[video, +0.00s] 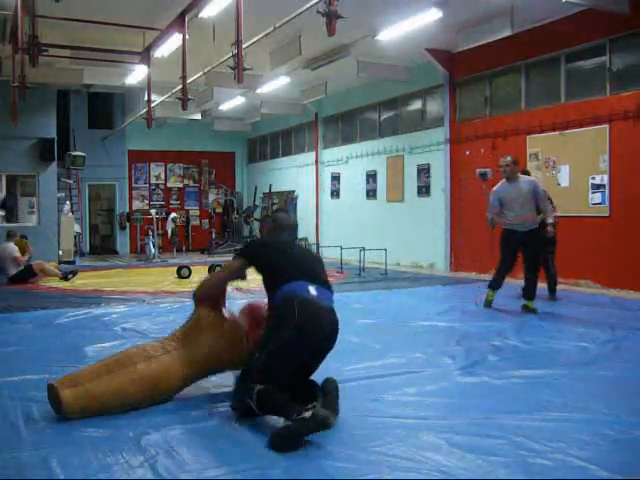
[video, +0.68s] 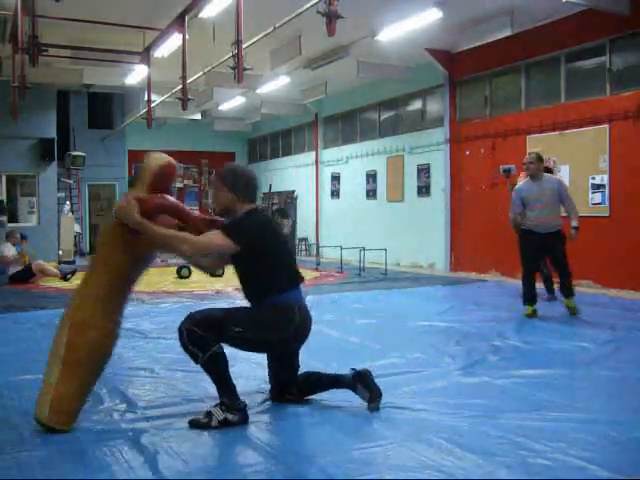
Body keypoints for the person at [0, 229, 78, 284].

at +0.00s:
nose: (18, 239)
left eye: (18, 237)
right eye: (18, 237)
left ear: (8, 237)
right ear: (15, 237)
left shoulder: (5, 246)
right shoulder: (11, 246)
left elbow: (19, 261)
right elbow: (21, 261)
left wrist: (27, 254)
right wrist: (28, 253)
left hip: (12, 276)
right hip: (14, 276)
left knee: (41, 267)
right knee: (39, 265)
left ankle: (63, 274)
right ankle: (62, 275)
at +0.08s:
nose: (17, 239)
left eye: (18, 237)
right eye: (15, 237)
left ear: (16, 238)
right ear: (9, 237)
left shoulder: (12, 247)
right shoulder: (7, 247)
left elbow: (16, 261)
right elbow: (12, 262)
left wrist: (25, 254)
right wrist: (22, 254)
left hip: (19, 274)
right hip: (14, 276)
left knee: (41, 265)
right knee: (39, 265)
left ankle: (63, 274)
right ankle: (62, 276)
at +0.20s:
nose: (16, 240)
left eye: (16, 238)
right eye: (14, 238)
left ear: (16, 239)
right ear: (8, 238)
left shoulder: (16, 246)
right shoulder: (4, 247)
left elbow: (25, 260)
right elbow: (4, 260)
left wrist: (28, 253)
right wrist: (16, 255)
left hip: (21, 272)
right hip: (13, 275)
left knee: (43, 268)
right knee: (38, 264)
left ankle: (63, 274)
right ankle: (61, 276)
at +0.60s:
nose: (16, 240)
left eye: (16, 238)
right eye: (13, 238)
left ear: (15, 238)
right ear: (8, 239)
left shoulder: (17, 247)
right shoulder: (5, 247)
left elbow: (22, 261)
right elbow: (4, 259)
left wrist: (25, 250)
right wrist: (16, 250)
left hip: (21, 273)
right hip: (13, 275)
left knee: (42, 266)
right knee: (38, 264)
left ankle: (63, 274)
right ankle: (61, 275)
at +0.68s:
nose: (18, 240)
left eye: (18, 238)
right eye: (16, 238)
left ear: (15, 239)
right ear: (11, 238)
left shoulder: (13, 248)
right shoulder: (6, 246)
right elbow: (4, 260)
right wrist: (18, 258)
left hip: (19, 273)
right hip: (14, 275)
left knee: (42, 266)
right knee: (38, 265)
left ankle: (63, 273)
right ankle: (62, 276)